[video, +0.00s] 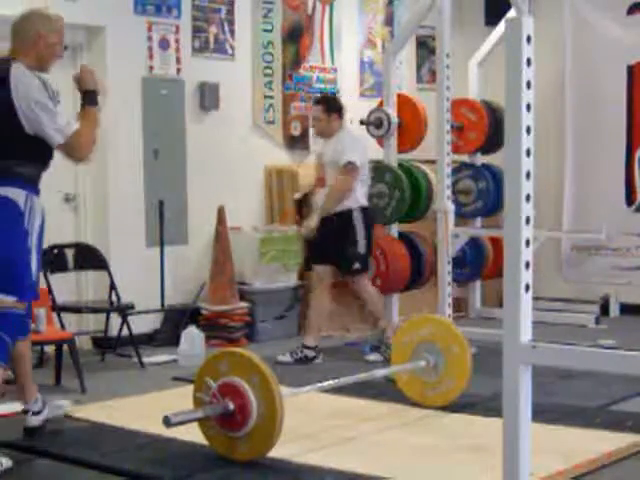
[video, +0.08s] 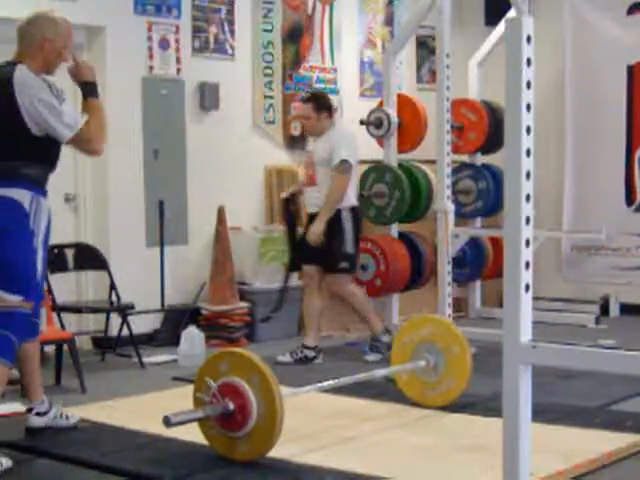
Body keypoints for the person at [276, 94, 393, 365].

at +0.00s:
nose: (314, 125)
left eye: (318, 120)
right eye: (313, 120)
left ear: (335, 118)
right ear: (324, 119)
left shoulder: (352, 142)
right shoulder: (324, 145)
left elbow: (344, 185)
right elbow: (320, 181)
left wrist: (317, 215)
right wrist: (311, 202)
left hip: (351, 213)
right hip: (327, 213)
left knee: (359, 280)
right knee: (320, 279)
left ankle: (389, 334)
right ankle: (310, 345)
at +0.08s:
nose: (301, 125)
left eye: (306, 119)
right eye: (300, 119)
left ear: (325, 116)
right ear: (312, 118)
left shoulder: (342, 138)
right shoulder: (313, 142)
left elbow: (340, 184)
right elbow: (315, 178)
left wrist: (321, 221)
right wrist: (298, 190)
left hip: (340, 213)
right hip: (315, 213)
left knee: (339, 282)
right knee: (309, 279)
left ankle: (381, 333)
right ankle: (310, 345)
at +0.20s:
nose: (284, 121)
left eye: (289, 114)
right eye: (283, 115)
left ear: (307, 112)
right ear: (295, 114)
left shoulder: (323, 137)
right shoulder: (293, 140)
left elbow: (336, 179)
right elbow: (295, 178)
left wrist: (331, 220)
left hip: (315, 210)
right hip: (296, 210)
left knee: (304, 276)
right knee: (304, 280)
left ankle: (349, 322)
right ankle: (309, 344)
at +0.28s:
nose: (282, 121)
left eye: (287, 114)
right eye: (281, 115)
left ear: (303, 113)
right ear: (288, 114)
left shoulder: (317, 136)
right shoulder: (292, 141)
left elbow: (335, 170)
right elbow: (292, 176)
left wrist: (336, 216)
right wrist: (276, 179)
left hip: (311, 208)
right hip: (292, 209)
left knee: (299, 278)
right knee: (301, 282)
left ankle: (337, 328)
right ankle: (310, 342)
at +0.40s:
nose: (268, 122)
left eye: (272, 115)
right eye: (267, 116)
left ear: (290, 112)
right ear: (275, 115)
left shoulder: (306, 135)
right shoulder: (276, 140)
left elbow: (329, 170)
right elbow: (270, 173)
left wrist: (333, 214)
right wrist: (252, 181)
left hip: (302, 207)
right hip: (281, 209)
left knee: (276, 276)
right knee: (300, 278)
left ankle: (302, 337)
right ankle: (310, 338)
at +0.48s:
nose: (253, 123)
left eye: (257, 117)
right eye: (251, 117)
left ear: (275, 115)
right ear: (254, 116)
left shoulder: (292, 137)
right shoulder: (259, 144)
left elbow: (313, 174)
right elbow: (241, 179)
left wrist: (311, 215)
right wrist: (234, 180)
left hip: (285, 210)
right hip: (263, 212)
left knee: (262, 278)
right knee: (283, 279)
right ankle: (308, 341)